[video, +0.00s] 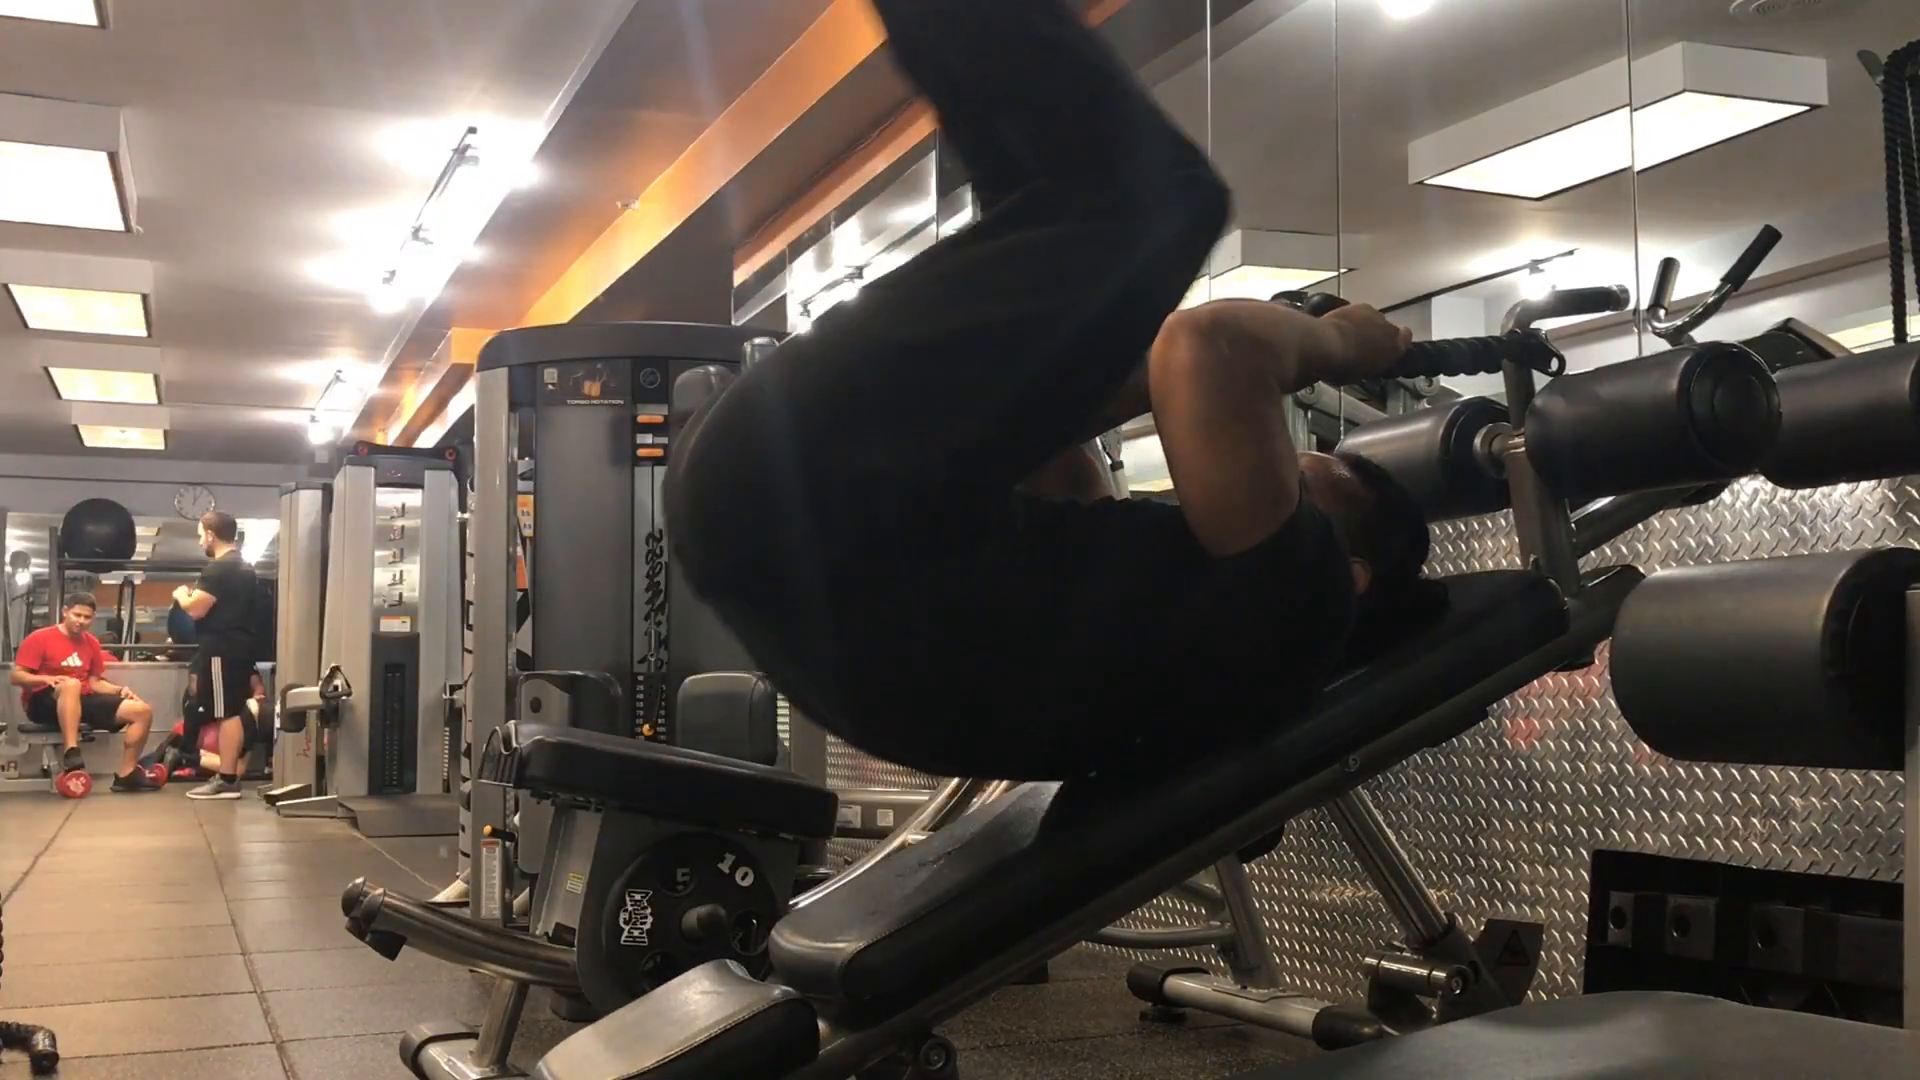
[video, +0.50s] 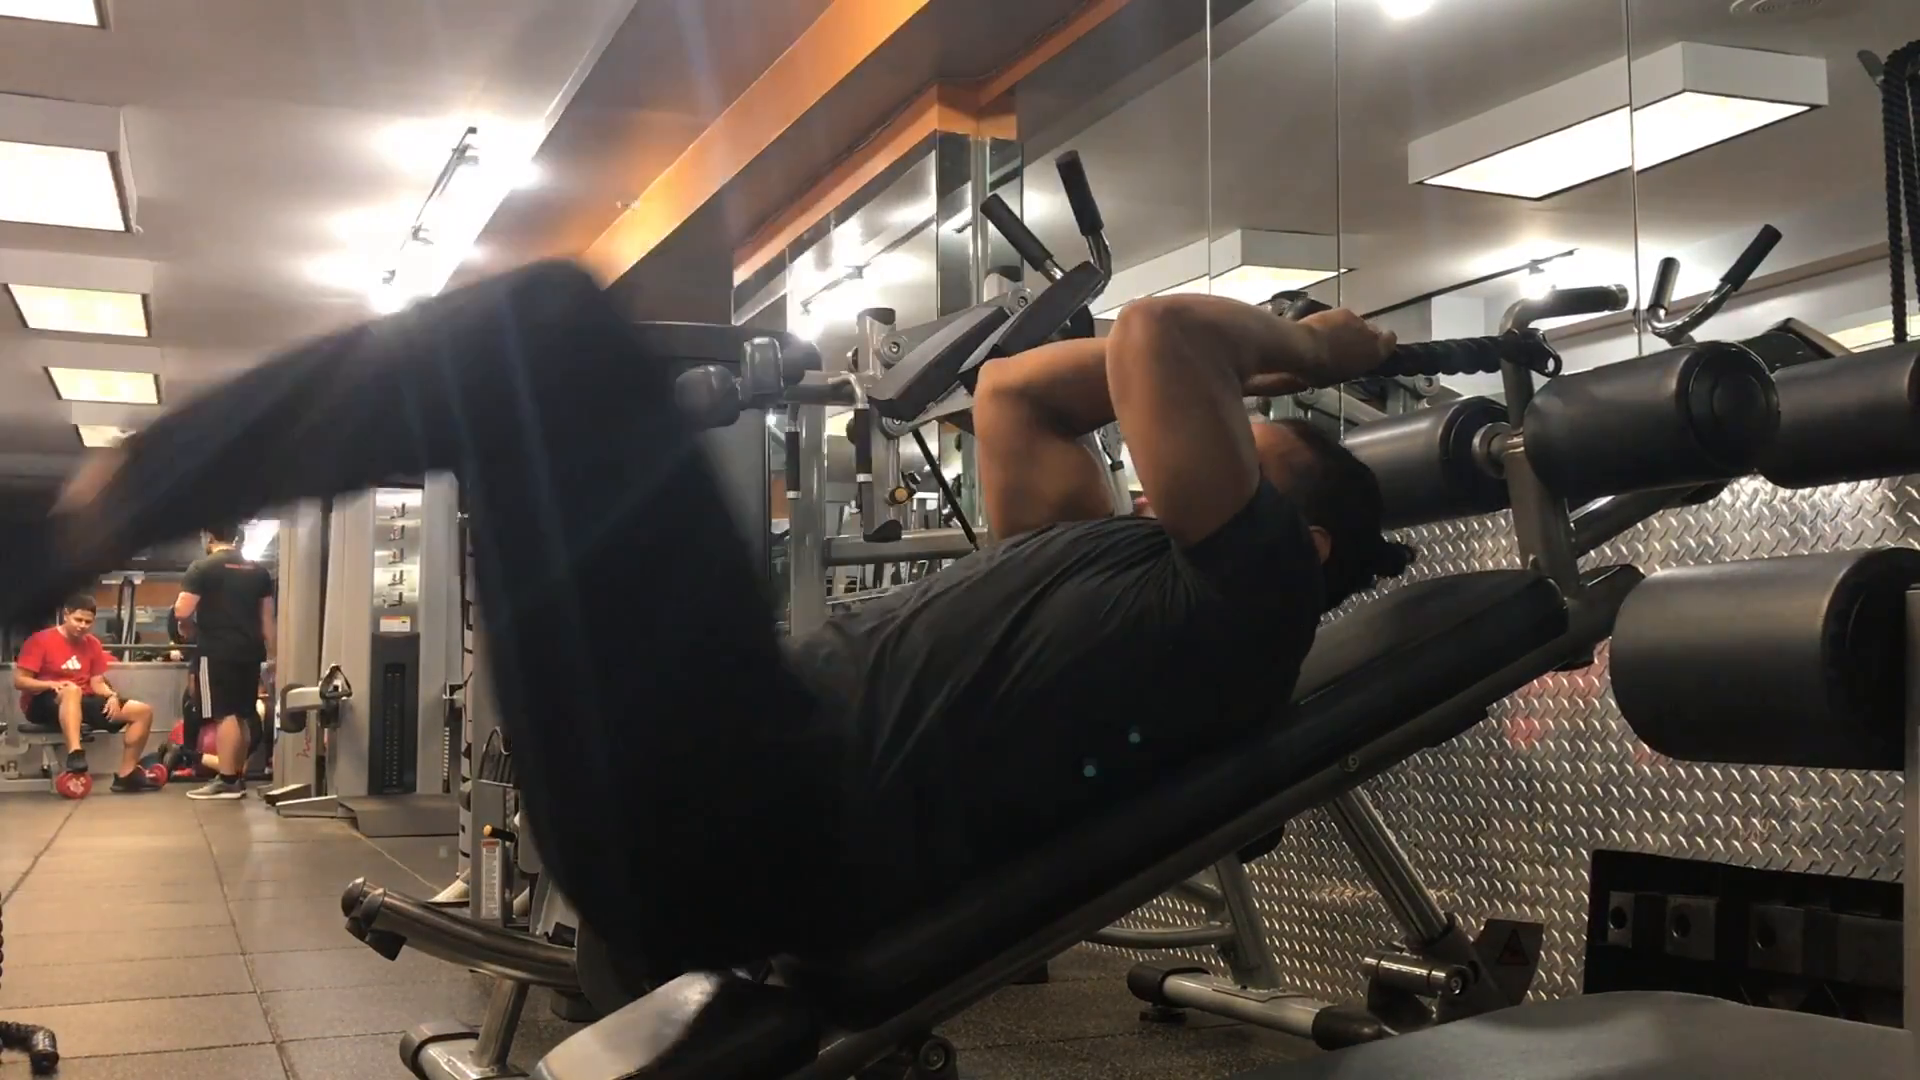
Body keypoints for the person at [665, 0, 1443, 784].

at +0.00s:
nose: (1305, 456)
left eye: (1334, 468)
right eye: (1323, 454)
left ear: (1354, 565)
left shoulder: (1299, 603)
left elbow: (1201, 345)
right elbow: (1049, 424)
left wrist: (1332, 339)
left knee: (1161, 196)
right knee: (1082, 232)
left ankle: (913, 18)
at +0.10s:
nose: (1311, 458)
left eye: (1337, 473)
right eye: (1324, 457)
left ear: (1354, 569)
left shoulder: (1293, 605)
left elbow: (1205, 336)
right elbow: (1038, 396)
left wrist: (1331, 339)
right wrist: (1210, 374)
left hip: (776, 557)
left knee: (1085, 197)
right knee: (982, 241)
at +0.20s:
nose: (1293, 460)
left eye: (1319, 474)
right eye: (1309, 457)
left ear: (1340, 552)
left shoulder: (1281, 595)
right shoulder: (1132, 596)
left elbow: (1195, 335)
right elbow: (1025, 402)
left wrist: (1321, 337)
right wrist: (1196, 379)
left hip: (763, 662)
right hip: (693, 641)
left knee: (978, 207)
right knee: (918, 241)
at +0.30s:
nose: (1290, 451)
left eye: (1318, 462)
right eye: (1304, 449)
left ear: (1332, 535)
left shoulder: (1259, 603)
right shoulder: (1118, 585)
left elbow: (1190, 329)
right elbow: (1015, 392)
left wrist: (1325, 337)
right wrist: (1223, 364)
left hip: (743, 732)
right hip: (708, 703)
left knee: (871, 217)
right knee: (841, 259)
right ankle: (439, 148)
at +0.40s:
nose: (1259, 463)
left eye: (1293, 469)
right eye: (1273, 462)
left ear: (1319, 529)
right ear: (1249, 503)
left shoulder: (1262, 594)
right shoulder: (1103, 567)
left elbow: (1178, 323)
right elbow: (1007, 391)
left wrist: (1319, 345)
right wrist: (1202, 391)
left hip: (756, 805)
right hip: (721, 751)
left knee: (715, 260)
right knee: (716, 259)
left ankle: (234, 314)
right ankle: (259, 306)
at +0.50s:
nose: (1226, 473)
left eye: (1263, 472)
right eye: (1248, 465)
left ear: (1293, 514)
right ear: (1240, 503)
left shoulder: (1234, 613)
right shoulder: (1090, 580)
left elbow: (1170, 326)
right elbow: (1017, 389)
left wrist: (1314, 341)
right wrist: (1208, 374)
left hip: (767, 868)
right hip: (723, 802)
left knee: (551, 332)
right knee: (548, 320)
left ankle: (97, 509)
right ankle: (112, 498)